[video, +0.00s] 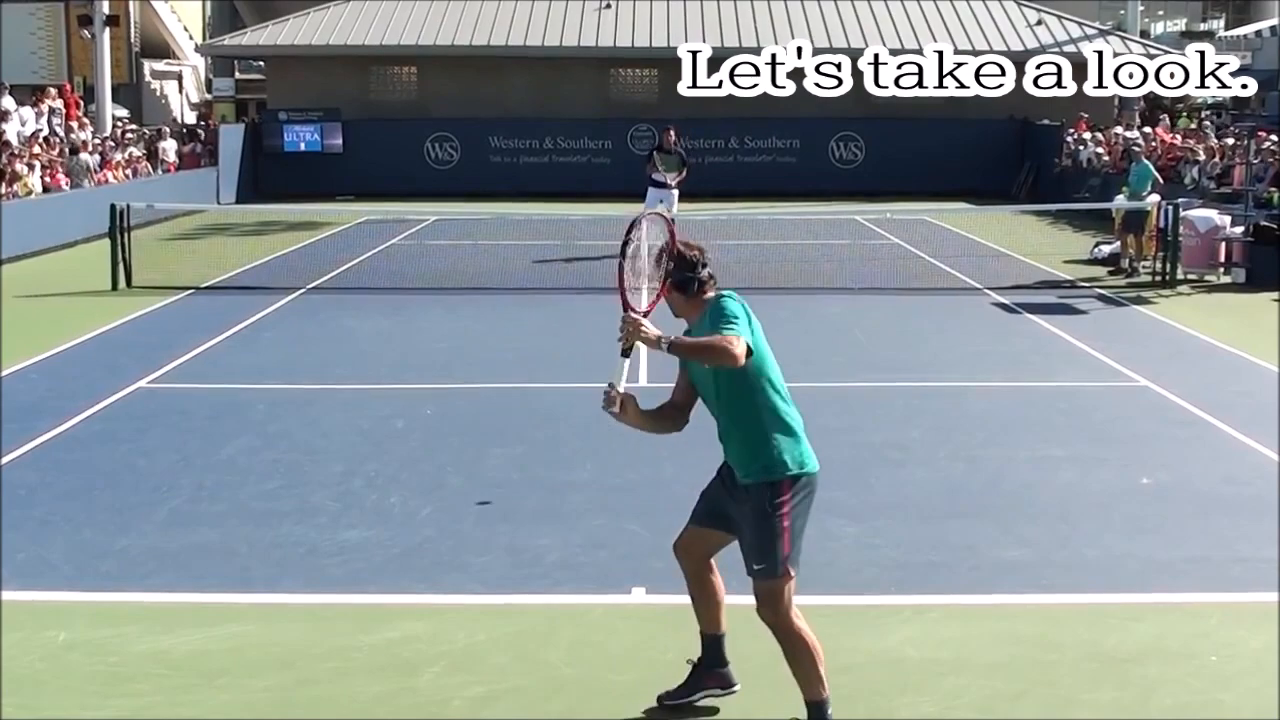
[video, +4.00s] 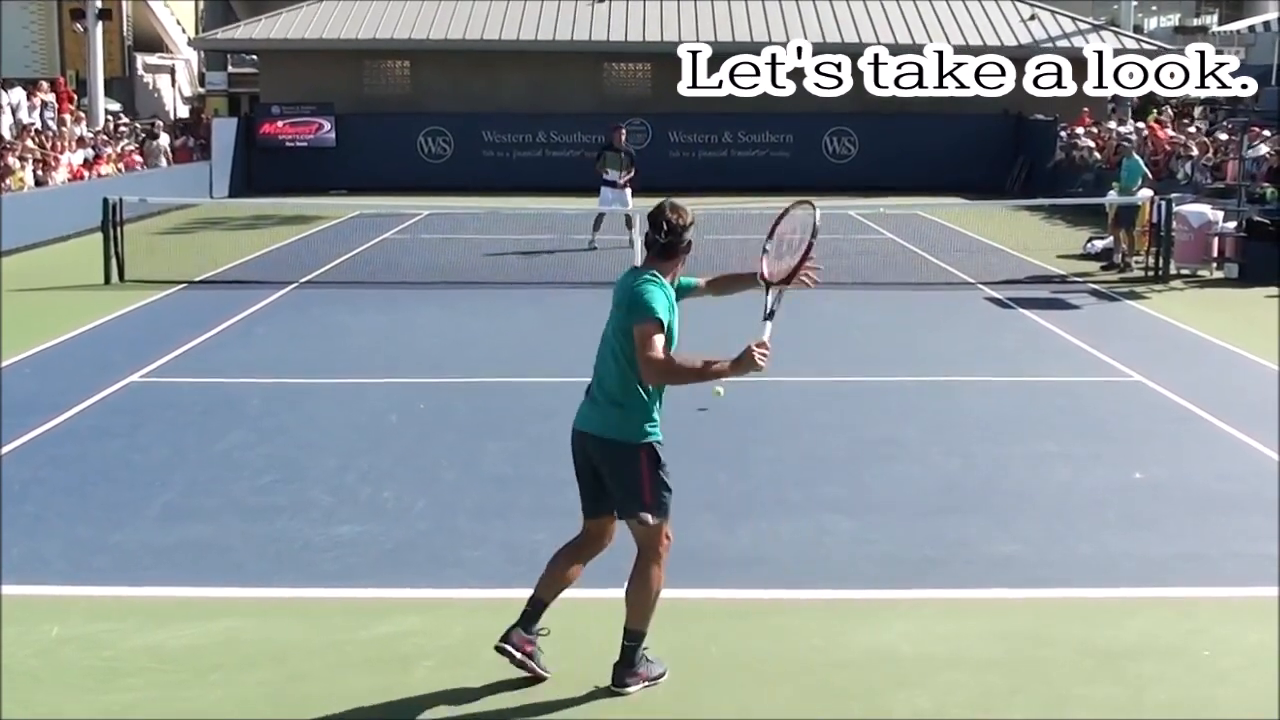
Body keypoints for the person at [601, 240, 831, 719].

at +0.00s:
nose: (661, 295)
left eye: (662, 286)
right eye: (662, 287)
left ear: (672, 287)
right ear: (703, 279)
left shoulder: (725, 307)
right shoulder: (695, 339)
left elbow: (734, 352)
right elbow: (674, 416)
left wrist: (661, 341)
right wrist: (633, 414)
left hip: (779, 471)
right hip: (741, 469)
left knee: (776, 607)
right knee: (692, 550)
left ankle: (821, 713)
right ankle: (714, 668)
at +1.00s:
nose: (721, 256)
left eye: (719, 250)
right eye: (743, 248)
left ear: (717, 256)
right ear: (762, 253)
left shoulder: (700, 314)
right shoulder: (794, 295)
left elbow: (661, 387)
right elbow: (876, 293)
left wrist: (617, 454)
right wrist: (954, 267)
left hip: (747, 466)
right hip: (804, 459)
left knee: (742, 579)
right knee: (780, 562)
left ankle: (778, 695)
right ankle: (752, 658)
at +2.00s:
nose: (821, 254)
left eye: (819, 247)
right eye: (820, 248)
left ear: (773, 246)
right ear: (814, 252)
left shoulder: (751, 290)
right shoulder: (787, 299)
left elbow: (807, 331)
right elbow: (791, 374)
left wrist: (867, 322)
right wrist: (862, 393)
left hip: (717, 449)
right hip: (765, 454)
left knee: (713, 562)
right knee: (798, 562)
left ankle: (671, 684)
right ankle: (786, 686)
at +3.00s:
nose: (797, 253)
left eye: (777, 241)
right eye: (803, 247)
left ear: (763, 240)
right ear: (805, 251)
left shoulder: (722, 281)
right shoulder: (811, 302)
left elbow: (668, 337)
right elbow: (768, 291)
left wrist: (669, 286)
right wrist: (719, 263)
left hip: (710, 433)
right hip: (767, 436)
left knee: (717, 537)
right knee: (780, 540)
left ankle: (724, 649)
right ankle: (790, 657)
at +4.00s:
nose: (690, 252)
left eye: (686, 246)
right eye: (690, 246)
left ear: (648, 243)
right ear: (686, 249)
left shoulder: (635, 280)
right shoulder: (654, 293)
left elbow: (709, 285)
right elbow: (653, 369)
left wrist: (774, 275)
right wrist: (731, 365)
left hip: (592, 431)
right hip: (631, 438)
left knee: (596, 534)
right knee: (654, 544)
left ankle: (523, 630)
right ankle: (630, 663)